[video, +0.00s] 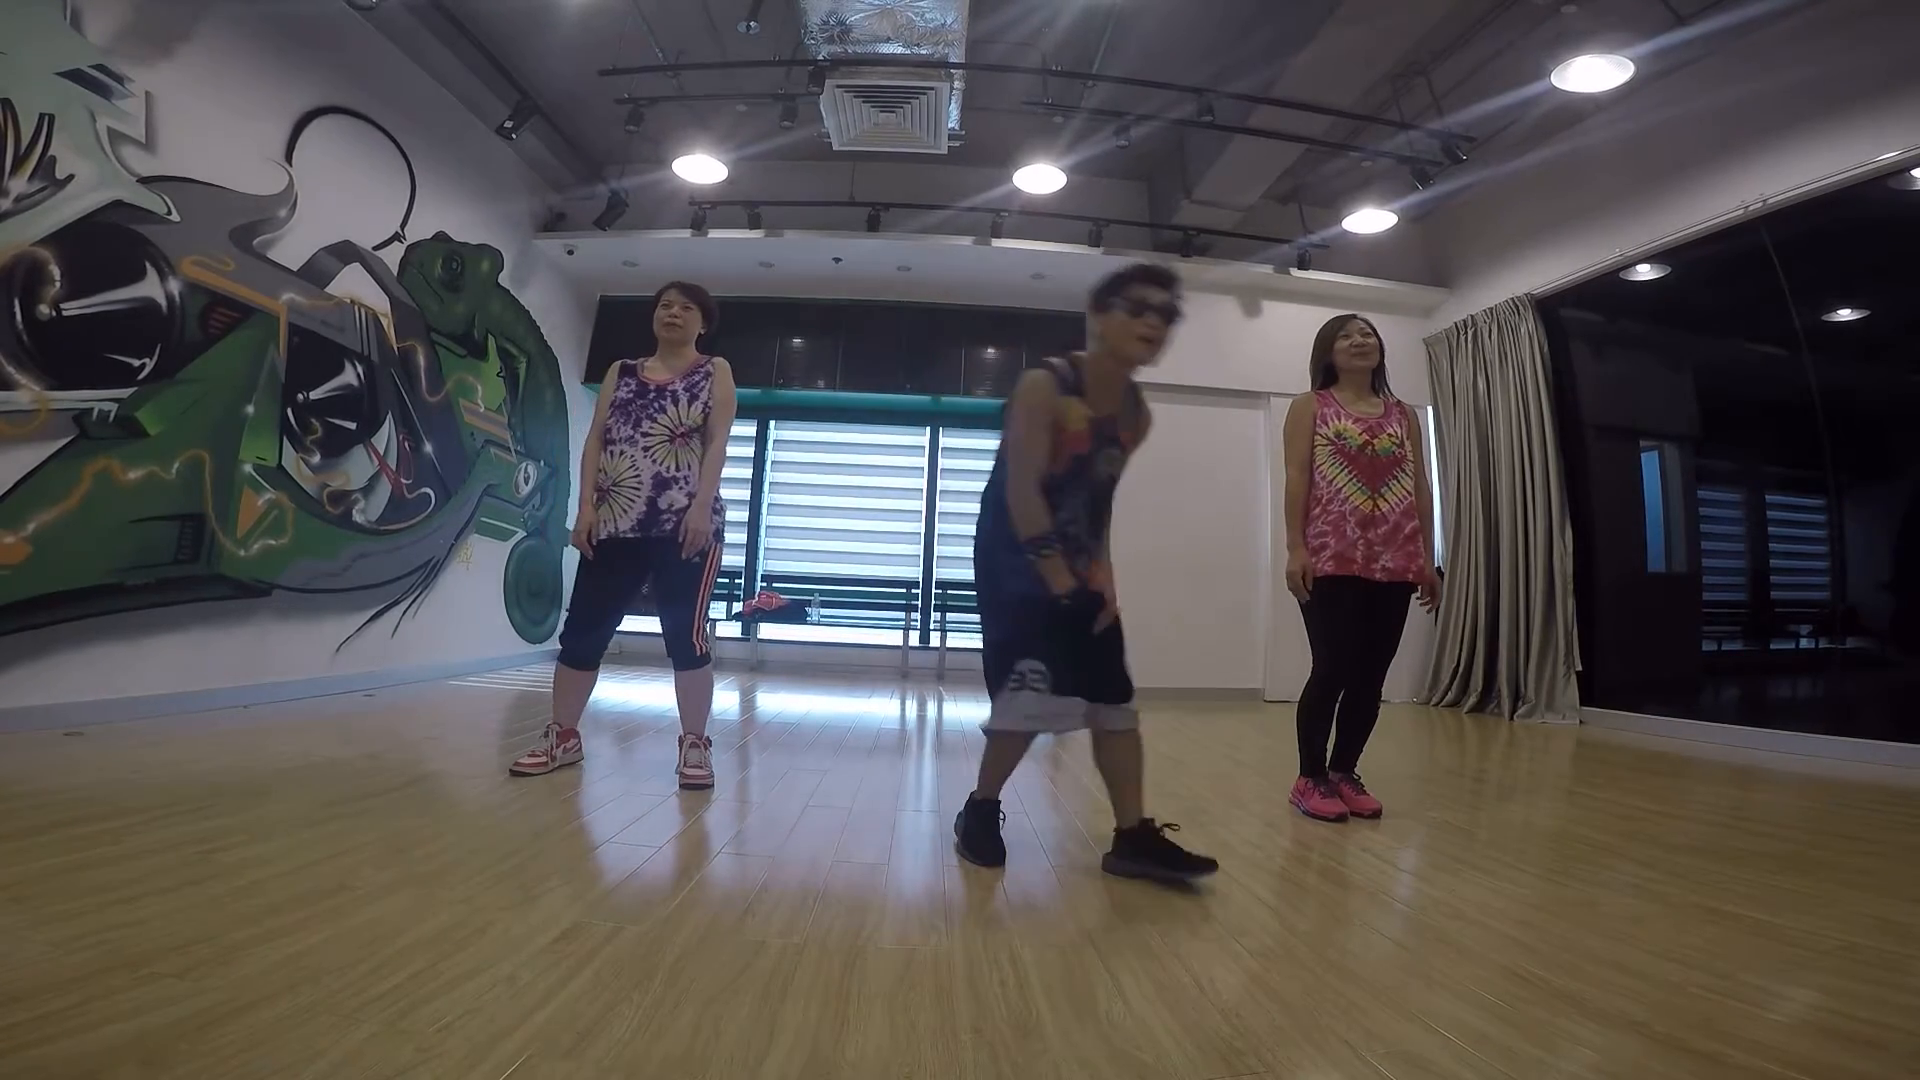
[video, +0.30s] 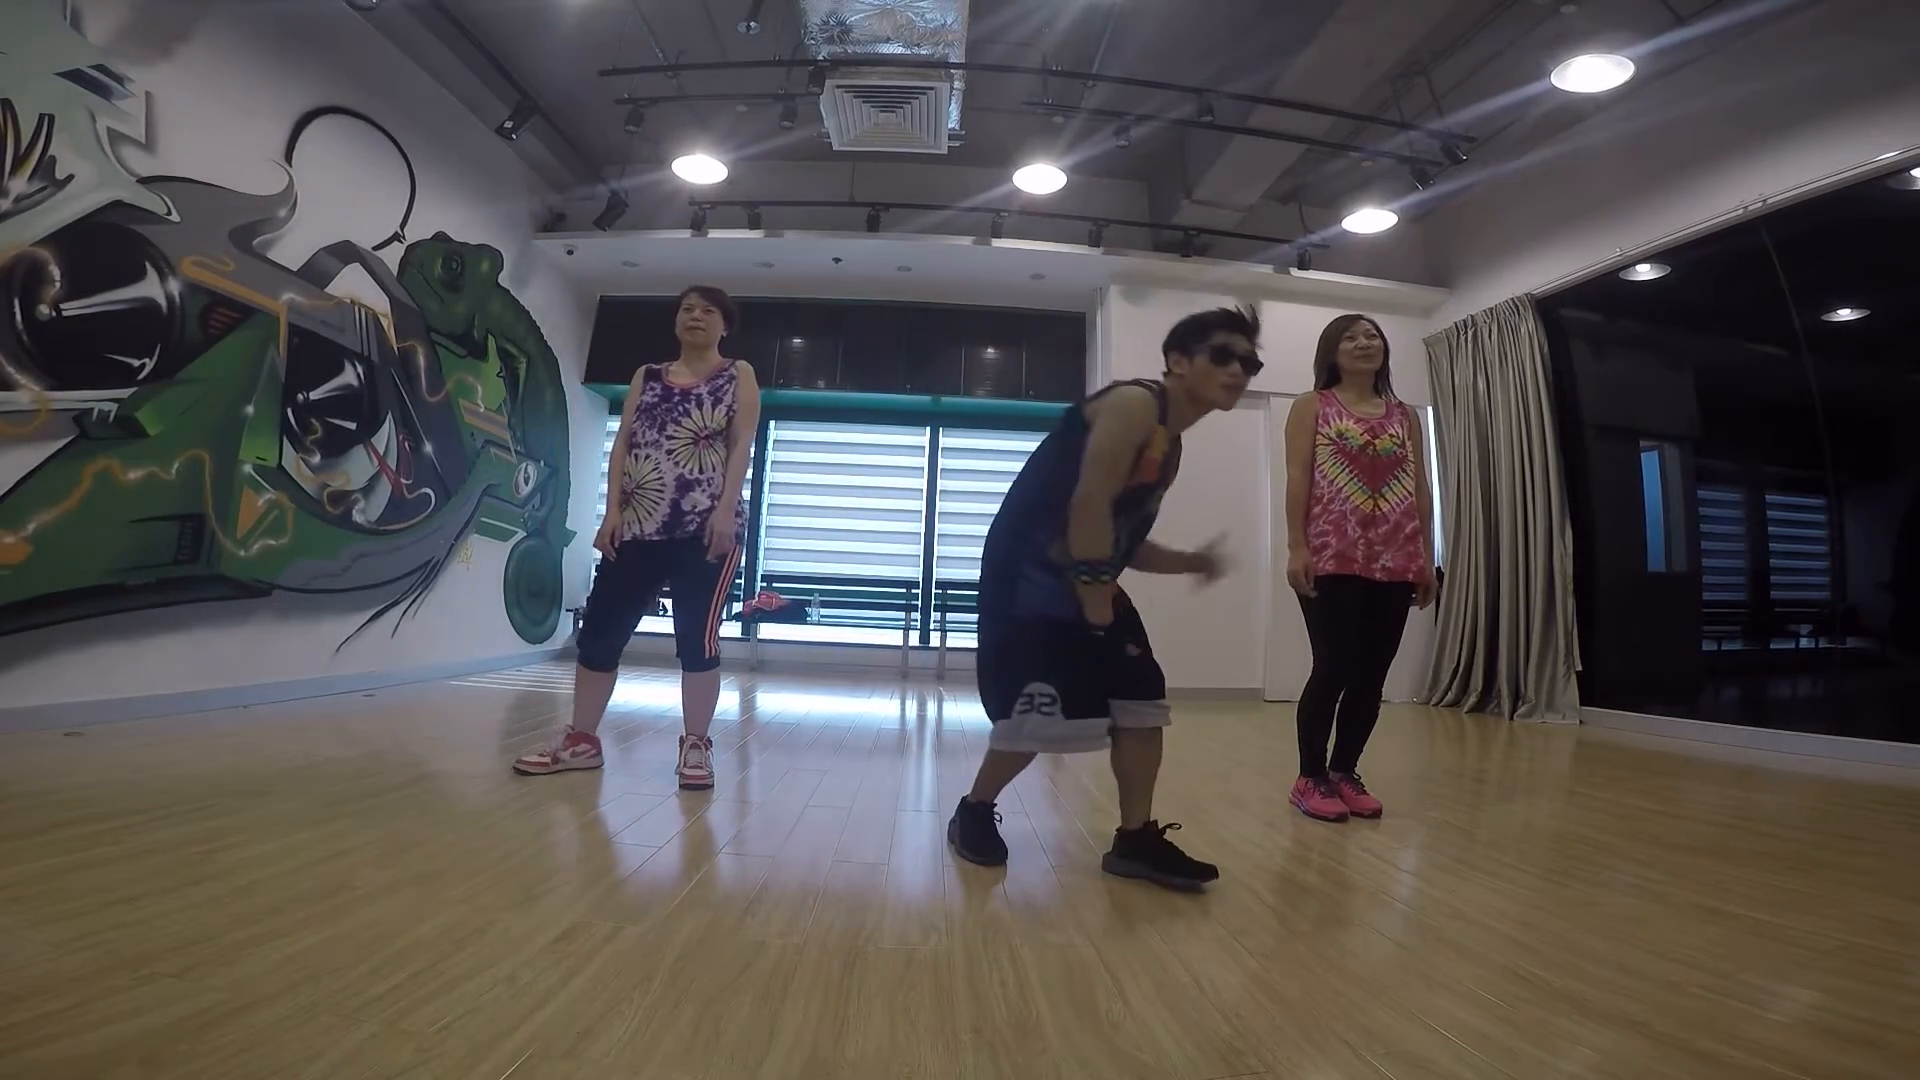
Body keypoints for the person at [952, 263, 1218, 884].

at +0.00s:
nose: (1153, 325)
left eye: (1165, 316)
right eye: (1138, 309)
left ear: (1171, 332)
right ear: (1098, 316)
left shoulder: (1136, 414)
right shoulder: (1044, 385)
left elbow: (1098, 499)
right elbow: (1022, 488)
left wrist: (1102, 574)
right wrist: (1058, 577)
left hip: (1082, 558)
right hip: (1016, 548)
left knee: (1111, 690)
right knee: (1031, 684)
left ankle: (1133, 834)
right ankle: (982, 807)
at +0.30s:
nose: (1239, 373)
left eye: (1247, 364)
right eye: (1225, 357)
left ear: (1248, 377)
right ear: (1180, 360)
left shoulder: (1166, 445)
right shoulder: (1132, 405)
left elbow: (1124, 545)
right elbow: (1088, 502)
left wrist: (1190, 562)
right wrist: (1095, 587)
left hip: (1090, 578)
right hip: (1029, 573)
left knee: (1142, 700)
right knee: (1044, 707)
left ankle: (1135, 837)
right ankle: (976, 807)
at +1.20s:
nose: (1192, 357)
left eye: (1202, 349)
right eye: (1179, 341)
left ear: (1204, 364)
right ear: (1143, 344)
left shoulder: (1146, 448)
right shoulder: (1092, 378)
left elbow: (1096, 538)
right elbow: (1019, 430)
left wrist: (1140, 585)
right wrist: (1026, 511)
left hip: (1078, 572)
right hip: (1015, 559)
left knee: (1135, 692)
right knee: (1018, 694)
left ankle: (1137, 836)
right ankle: (973, 810)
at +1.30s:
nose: (1140, 312)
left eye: (1152, 305)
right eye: (1128, 299)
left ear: (1158, 325)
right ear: (1095, 306)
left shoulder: (1142, 417)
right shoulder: (1040, 361)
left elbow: (1126, 505)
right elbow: (977, 415)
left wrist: (1171, 537)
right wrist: (958, 444)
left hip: (1083, 561)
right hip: (1006, 549)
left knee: (1128, 695)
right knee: (978, 686)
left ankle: (1134, 835)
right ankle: (967, 810)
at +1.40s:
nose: (1081, 282)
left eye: (1095, 274)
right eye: (1067, 271)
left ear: (1110, 294)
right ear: (1041, 287)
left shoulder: (1122, 380)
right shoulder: (1002, 361)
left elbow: (1160, 463)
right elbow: (938, 422)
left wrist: (1242, 499)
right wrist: (878, 445)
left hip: (1079, 566)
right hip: (991, 560)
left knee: (1114, 702)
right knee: (957, 693)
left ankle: (1127, 837)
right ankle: (960, 809)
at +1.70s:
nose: (1050, 278)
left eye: (1050, 270)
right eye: (1034, 267)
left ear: (1043, 289)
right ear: (992, 282)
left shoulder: (1075, 360)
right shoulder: (955, 365)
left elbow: (1109, 436)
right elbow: (919, 442)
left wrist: (1157, 497)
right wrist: (887, 500)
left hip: (1072, 559)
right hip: (984, 561)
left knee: (1100, 695)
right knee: (950, 695)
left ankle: (1110, 826)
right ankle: (960, 811)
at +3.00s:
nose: (944, 328)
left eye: (952, 317)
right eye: (947, 317)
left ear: (977, 320)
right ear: (978, 324)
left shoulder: (1033, 361)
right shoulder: (970, 405)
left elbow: (1089, 405)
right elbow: (899, 440)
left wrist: (1143, 433)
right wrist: (829, 400)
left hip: (1036, 567)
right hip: (961, 567)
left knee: (1067, 700)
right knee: (917, 685)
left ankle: (1099, 811)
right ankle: (940, 805)